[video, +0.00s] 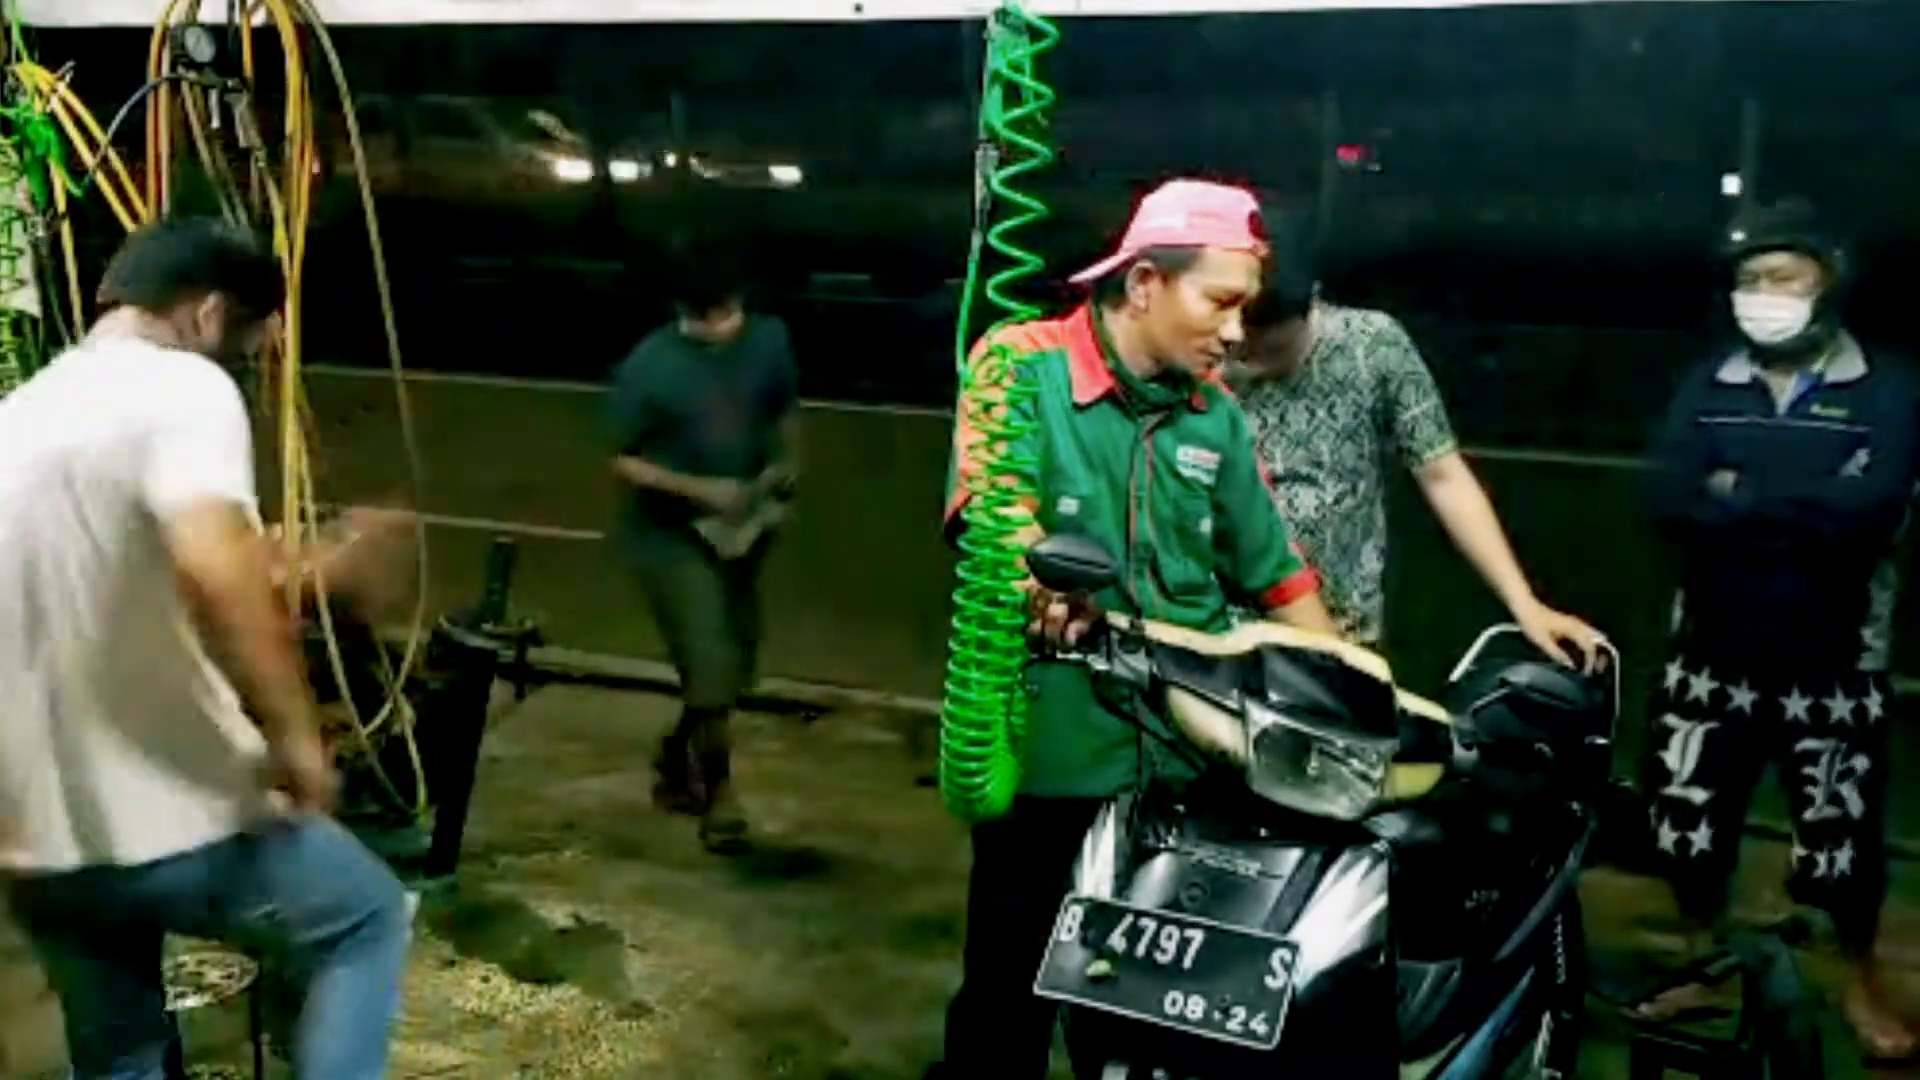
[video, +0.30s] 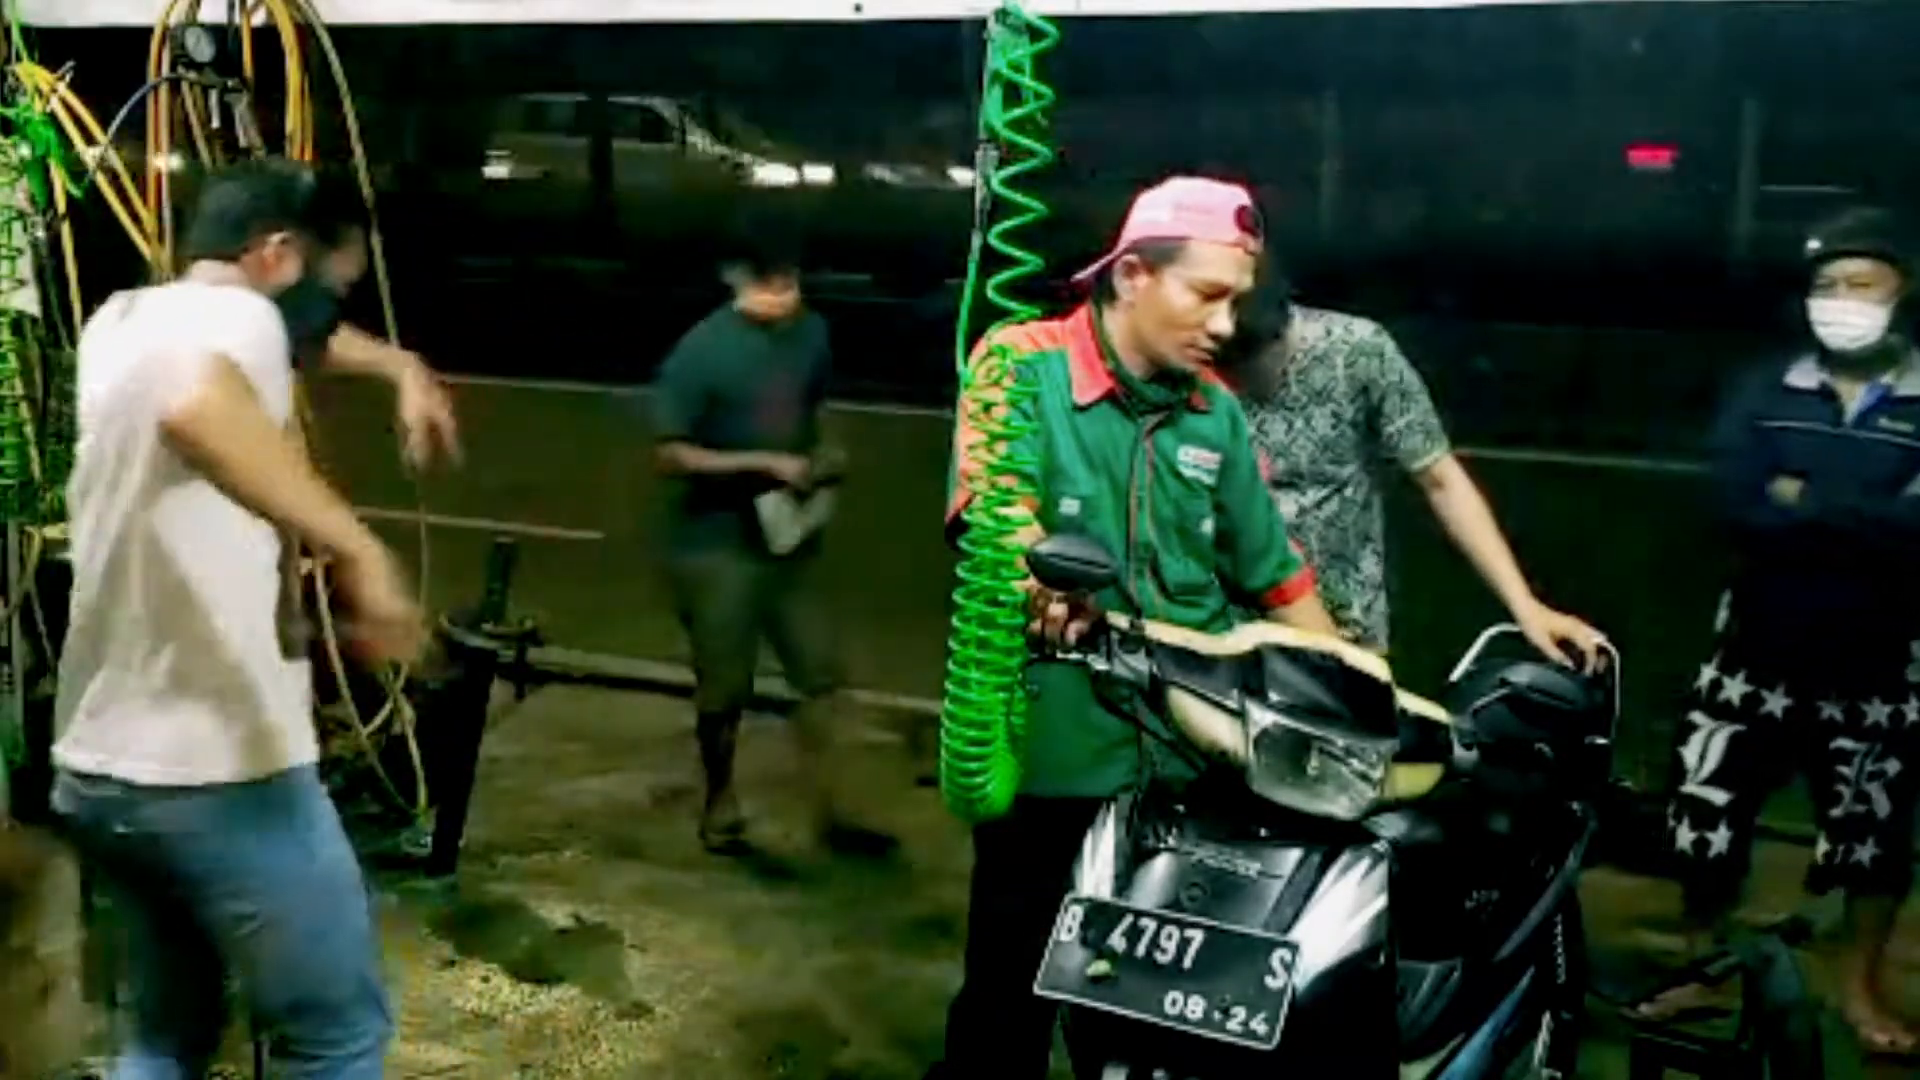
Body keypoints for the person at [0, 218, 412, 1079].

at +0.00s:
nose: (231, 353)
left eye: (236, 334)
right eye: (234, 329)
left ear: (110, 304)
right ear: (202, 306)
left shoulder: (18, 411)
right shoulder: (181, 388)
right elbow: (214, 565)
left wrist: (306, 565)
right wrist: (293, 732)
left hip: (35, 831)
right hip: (164, 821)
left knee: (121, 1057)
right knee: (366, 917)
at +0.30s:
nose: (328, 313)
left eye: (339, 297)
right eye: (331, 290)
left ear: (217, 252)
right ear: (274, 255)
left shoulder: (121, 321)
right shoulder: (241, 321)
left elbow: (289, 325)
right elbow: (198, 408)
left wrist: (399, 363)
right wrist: (358, 548)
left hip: (108, 770)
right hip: (223, 778)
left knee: (164, 1040)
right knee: (336, 1038)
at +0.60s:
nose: (359, 333)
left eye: (367, 319)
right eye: (364, 314)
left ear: (250, 283)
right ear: (331, 289)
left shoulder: (131, 388)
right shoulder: (346, 393)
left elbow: (60, 567)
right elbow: (479, 551)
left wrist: (78, 657)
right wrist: (547, 556)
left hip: (185, 775)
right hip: (316, 780)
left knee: (326, 932)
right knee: (418, 1012)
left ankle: (289, 1068)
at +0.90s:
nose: (412, 284)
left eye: (413, 273)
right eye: (415, 272)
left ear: (303, 241)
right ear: (389, 258)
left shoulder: (181, 308)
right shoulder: (407, 321)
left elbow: (14, 387)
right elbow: (574, 380)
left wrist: (19, 553)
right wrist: (555, 343)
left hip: (212, 707)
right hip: (346, 713)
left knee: (301, 925)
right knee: (422, 922)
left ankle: (293, 1068)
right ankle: (367, 1067)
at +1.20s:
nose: (435, 296)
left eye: (442, 280)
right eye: (439, 277)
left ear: (333, 251)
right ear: (408, 261)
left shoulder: (266, 351)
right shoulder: (375, 341)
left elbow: (409, 482)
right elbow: (340, 511)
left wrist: (540, 431)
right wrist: (375, 689)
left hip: (285, 696)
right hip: (391, 693)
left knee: (359, 891)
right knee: (528, 845)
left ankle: (314, 1070)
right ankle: (486, 1061)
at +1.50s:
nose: (524, 268)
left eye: (537, 249)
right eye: (505, 243)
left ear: (546, 238)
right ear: (435, 228)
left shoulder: (467, 314)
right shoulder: (406, 308)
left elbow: (566, 354)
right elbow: (295, 429)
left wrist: (630, 353)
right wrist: (352, 598)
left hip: (431, 670)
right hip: (471, 670)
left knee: (432, 860)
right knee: (545, 881)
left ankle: (344, 1061)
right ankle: (518, 1061)